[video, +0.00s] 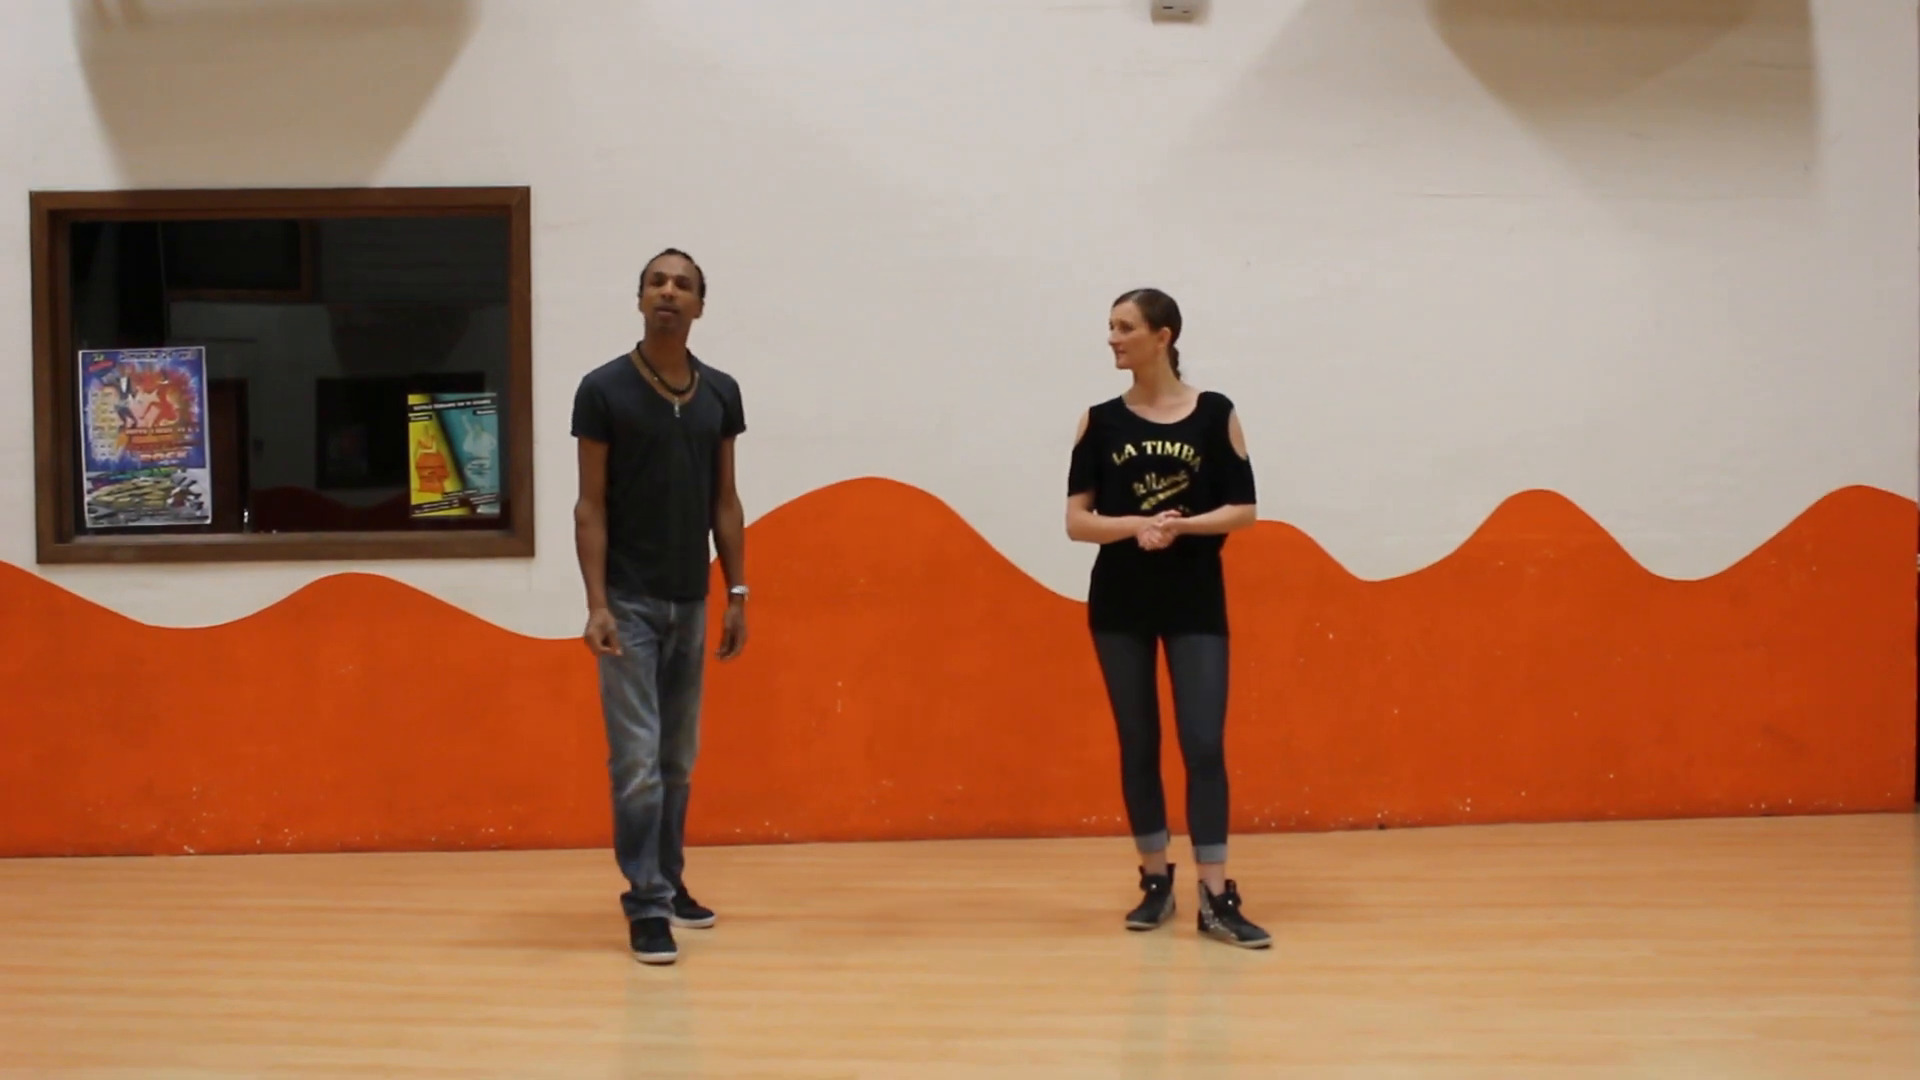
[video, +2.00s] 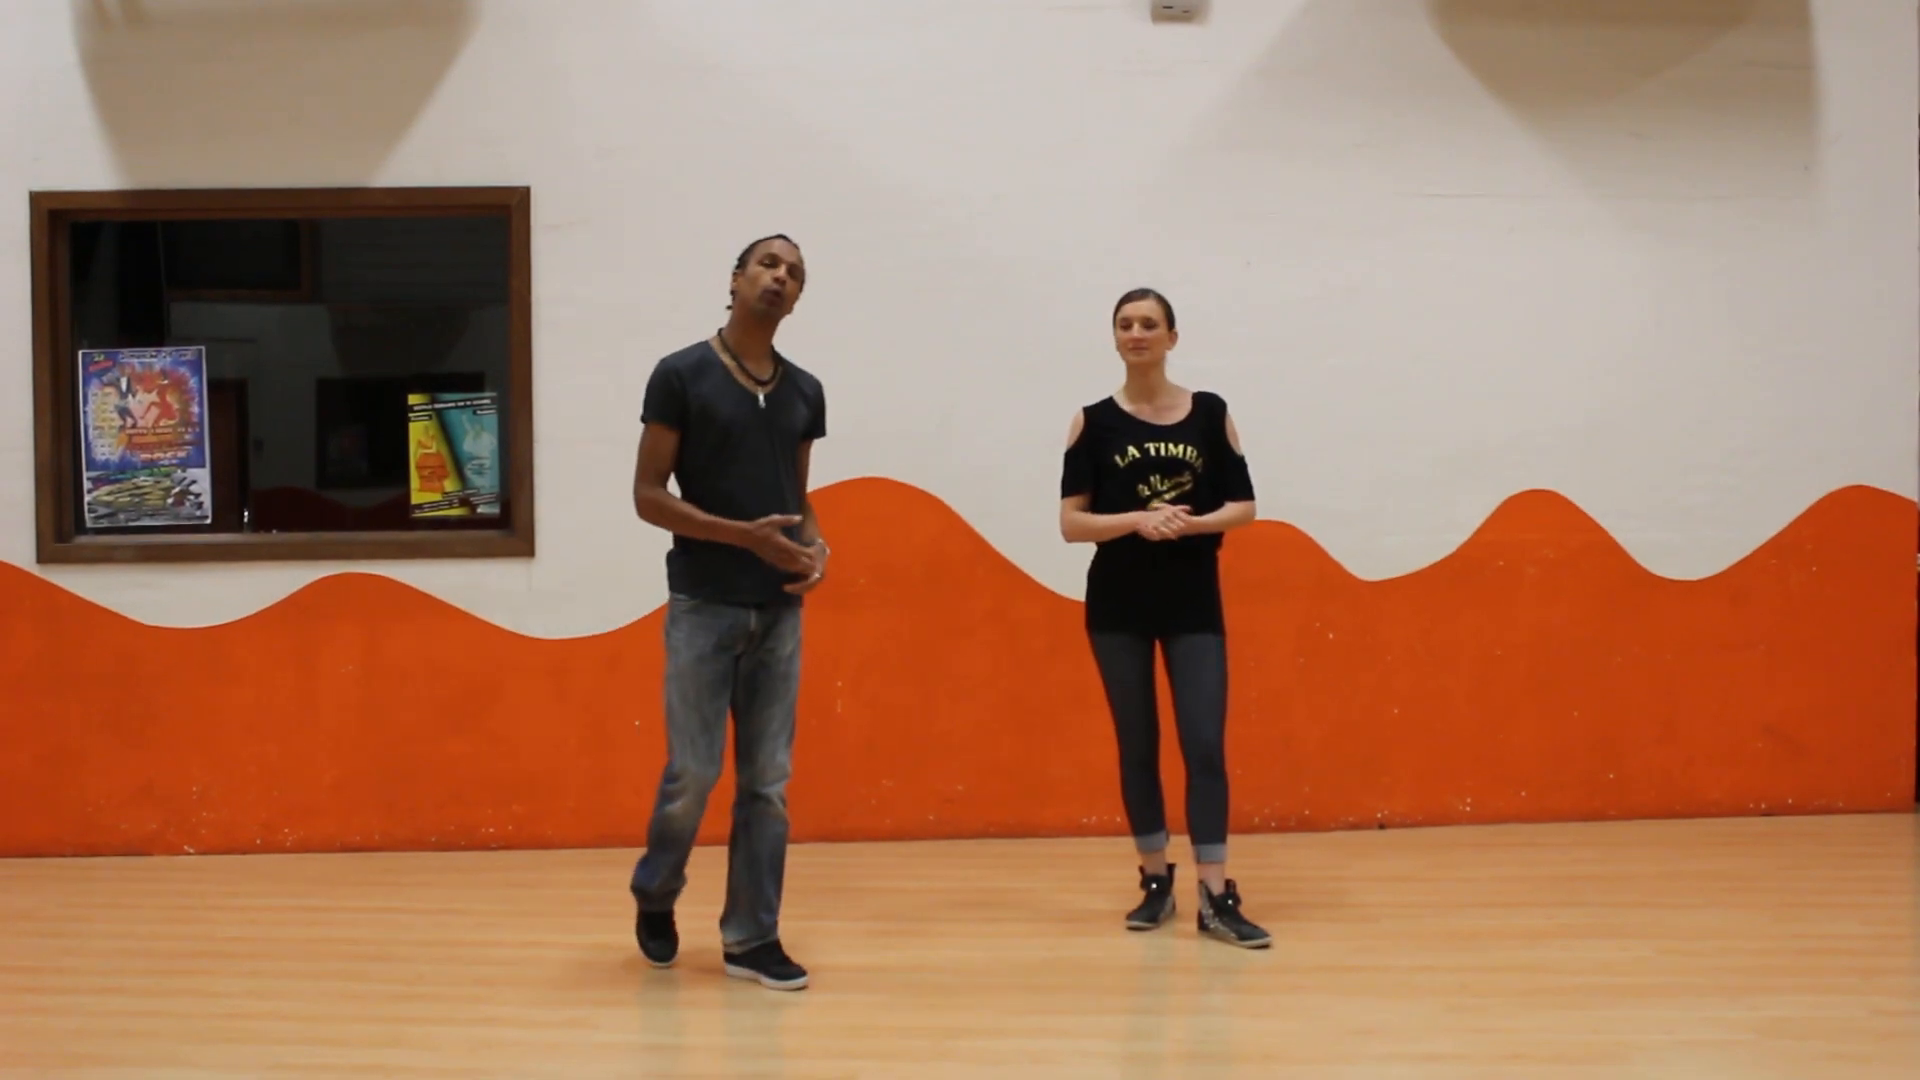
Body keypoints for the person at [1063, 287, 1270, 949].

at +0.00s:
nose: (1112, 339)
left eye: (1125, 328)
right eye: (1111, 329)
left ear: (1164, 334)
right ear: (1120, 339)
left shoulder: (1214, 412)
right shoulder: (1099, 421)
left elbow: (1243, 511)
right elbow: (1078, 521)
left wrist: (1183, 523)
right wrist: (1131, 527)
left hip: (1194, 600)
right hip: (1120, 601)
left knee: (1204, 746)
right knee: (1138, 745)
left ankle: (1216, 896)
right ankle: (1157, 882)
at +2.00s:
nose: (1136, 335)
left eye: (1148, 325)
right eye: (1126, 325)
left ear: (1172, 336)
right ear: (1113, 338)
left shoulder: (1208, 412)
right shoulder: (1092, 422)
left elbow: (1243, 506)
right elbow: (1072, 522)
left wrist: (1196, 522)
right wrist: (1134, 520)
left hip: (1192, 602)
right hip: (1118, 604)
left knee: (1204, 747)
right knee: (1138, 746)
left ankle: (1215, 896)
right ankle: (1157, 884)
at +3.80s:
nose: (1122, 331)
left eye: (1135, 322)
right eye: (1119, 322)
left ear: (1171, 334)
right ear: (1119, 333)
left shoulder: (1212, 412)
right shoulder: (1100, 422)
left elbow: (1244, 510)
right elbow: (1077, 520)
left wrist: (1168, 526)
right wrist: (1113, 525)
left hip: (1193, 599)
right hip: (1120, 601)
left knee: (1205, 745)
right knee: (1140, 744)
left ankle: (1215, 894)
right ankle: (1157, 884)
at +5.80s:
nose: (1195, 336)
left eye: (1207, 325)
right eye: (1196, 324)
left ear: (1247, 331)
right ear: (1219, 331)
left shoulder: (1271, 414)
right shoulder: (1202, 413)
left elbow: (1281, 515)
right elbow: (1208, 503)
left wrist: (1195, 522)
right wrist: (1176, 517)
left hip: (1259, 605)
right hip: (1208, 600)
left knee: (1256, 745)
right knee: (1180, 744)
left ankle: (1253, 890)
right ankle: (1158, 889)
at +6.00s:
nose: (1195, 337)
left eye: (1207, 325)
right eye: (1196, 325)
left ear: (1247, 330)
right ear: (1223, 331)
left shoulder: (1270, 414)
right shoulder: (1204, 413)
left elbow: (1278, 515)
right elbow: (1214, 505)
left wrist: (1192, 521)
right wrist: (1175, 518)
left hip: (1257, 605)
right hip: (1207, 600)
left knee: (1254, 745)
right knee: (1181, 745)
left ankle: (1253, 889)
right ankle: (1157, 890)